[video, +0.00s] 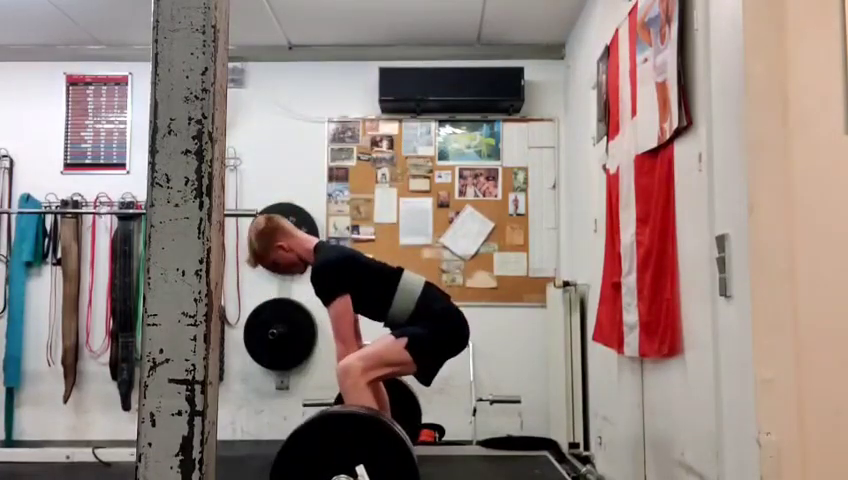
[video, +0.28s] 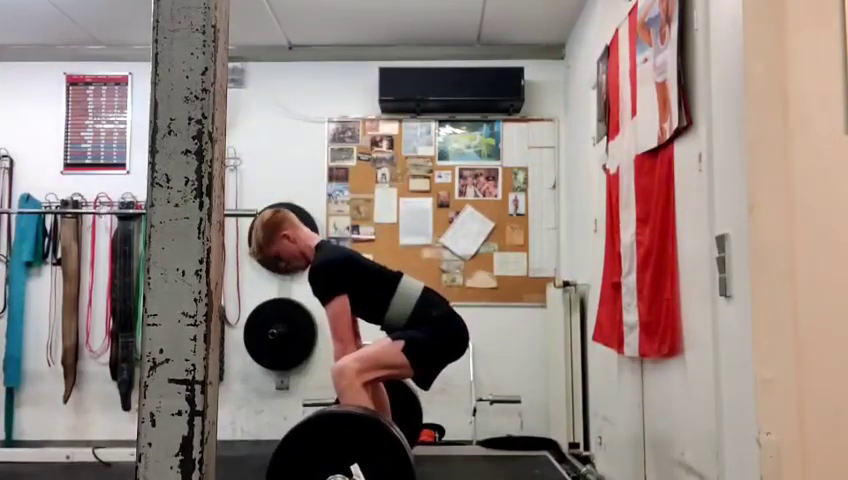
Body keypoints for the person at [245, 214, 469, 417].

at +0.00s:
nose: (286, 272)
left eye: (278, 266)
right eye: (278, 269)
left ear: (282, 247)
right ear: (285, 240)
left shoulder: (326, 268)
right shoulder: (331, 256)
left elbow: (348, 346)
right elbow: (354, 343)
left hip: (439, 327)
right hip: (440, 323)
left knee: (350, 369)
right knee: (362, 367)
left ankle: (370, 451)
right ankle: (387, 447)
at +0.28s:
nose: (285, 266)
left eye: (279, 258)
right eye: (279, 262)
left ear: (288, 237)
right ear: (290, 235)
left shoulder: (324, 267)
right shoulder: (332, 257)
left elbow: (345, 346)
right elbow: (353, 345)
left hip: (438, 332)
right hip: (438, 329)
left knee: (345, 370)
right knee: (362, 367)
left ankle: (367, 452)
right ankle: (386, 447)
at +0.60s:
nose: (280, 250)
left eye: (275, 240)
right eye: (273, 244)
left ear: (289, 220)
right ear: (292, 217)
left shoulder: (330, 258)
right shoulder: (333, 251)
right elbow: (354, 339)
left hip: (434, 322)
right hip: (431, 320)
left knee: (344, 371)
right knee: (363, 371)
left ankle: (368, 453)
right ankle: (385, 448)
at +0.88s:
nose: (277, 240)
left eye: (275, 231)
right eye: (272, 235)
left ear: (290, 214)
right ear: (291, 213)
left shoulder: (330, 256)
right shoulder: (332, 250)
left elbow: (347, 338)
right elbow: (354, 336)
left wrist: (345, 398)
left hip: (434, 318)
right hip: (428, 316)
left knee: (345, 370)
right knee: (362, 370)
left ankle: (368, 453)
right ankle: (385, 447)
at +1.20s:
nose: (280, 224)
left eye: (278, 213)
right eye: (274, 218)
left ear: (295, 197)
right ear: (297, 197)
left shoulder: (332, 237)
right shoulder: (333, 232)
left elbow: (351, 319)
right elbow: (355, 316)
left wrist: (352, 382)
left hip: (434, 301)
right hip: (429, 299)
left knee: (358, 370)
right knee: (372, 371)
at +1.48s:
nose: (289, 184)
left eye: (288, 174)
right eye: (285, 177)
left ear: (307, 162)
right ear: (310, 164)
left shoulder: (339, 204)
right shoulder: (340, 200)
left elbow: (354, 285)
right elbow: (359, 287)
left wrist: (357, 353)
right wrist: (361, 350)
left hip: (432, 282)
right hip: (423, 282)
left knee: (377, 361)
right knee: (377, 362)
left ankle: (379, 465)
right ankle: (381, 462)